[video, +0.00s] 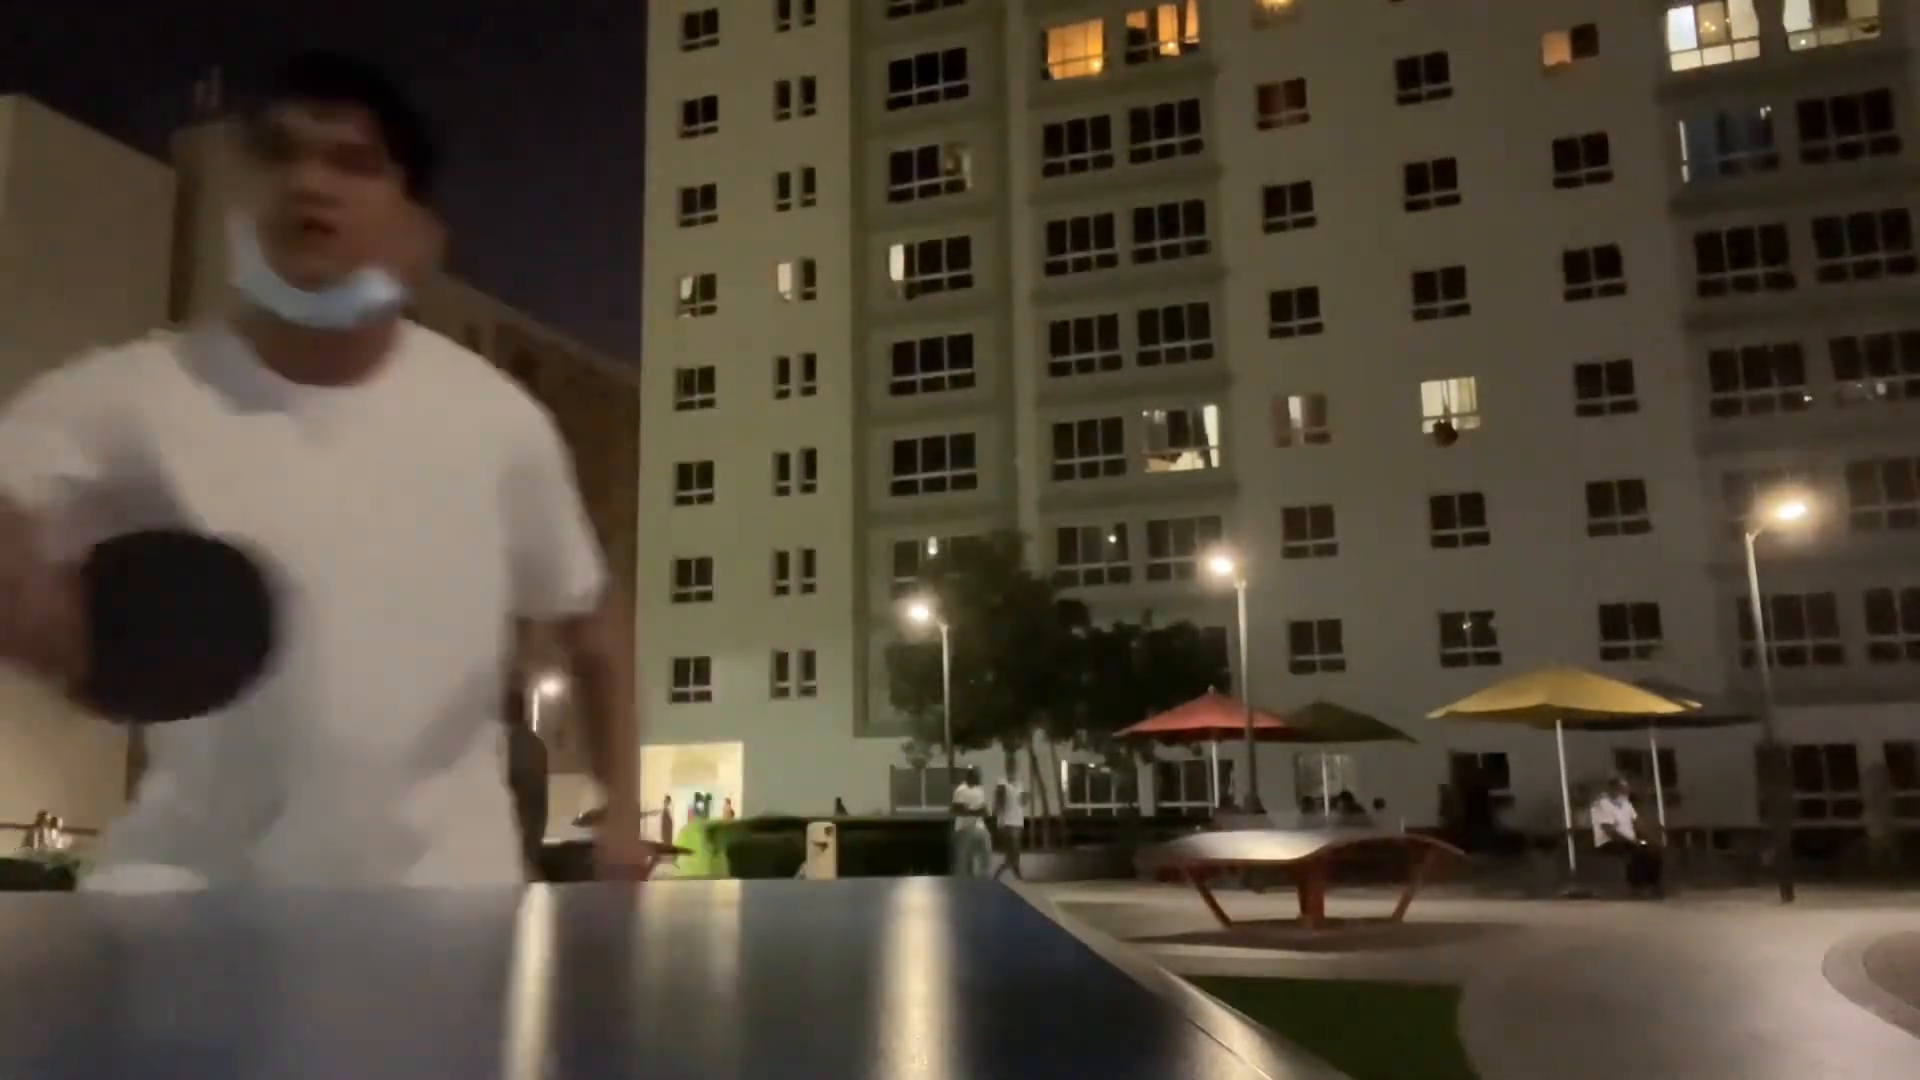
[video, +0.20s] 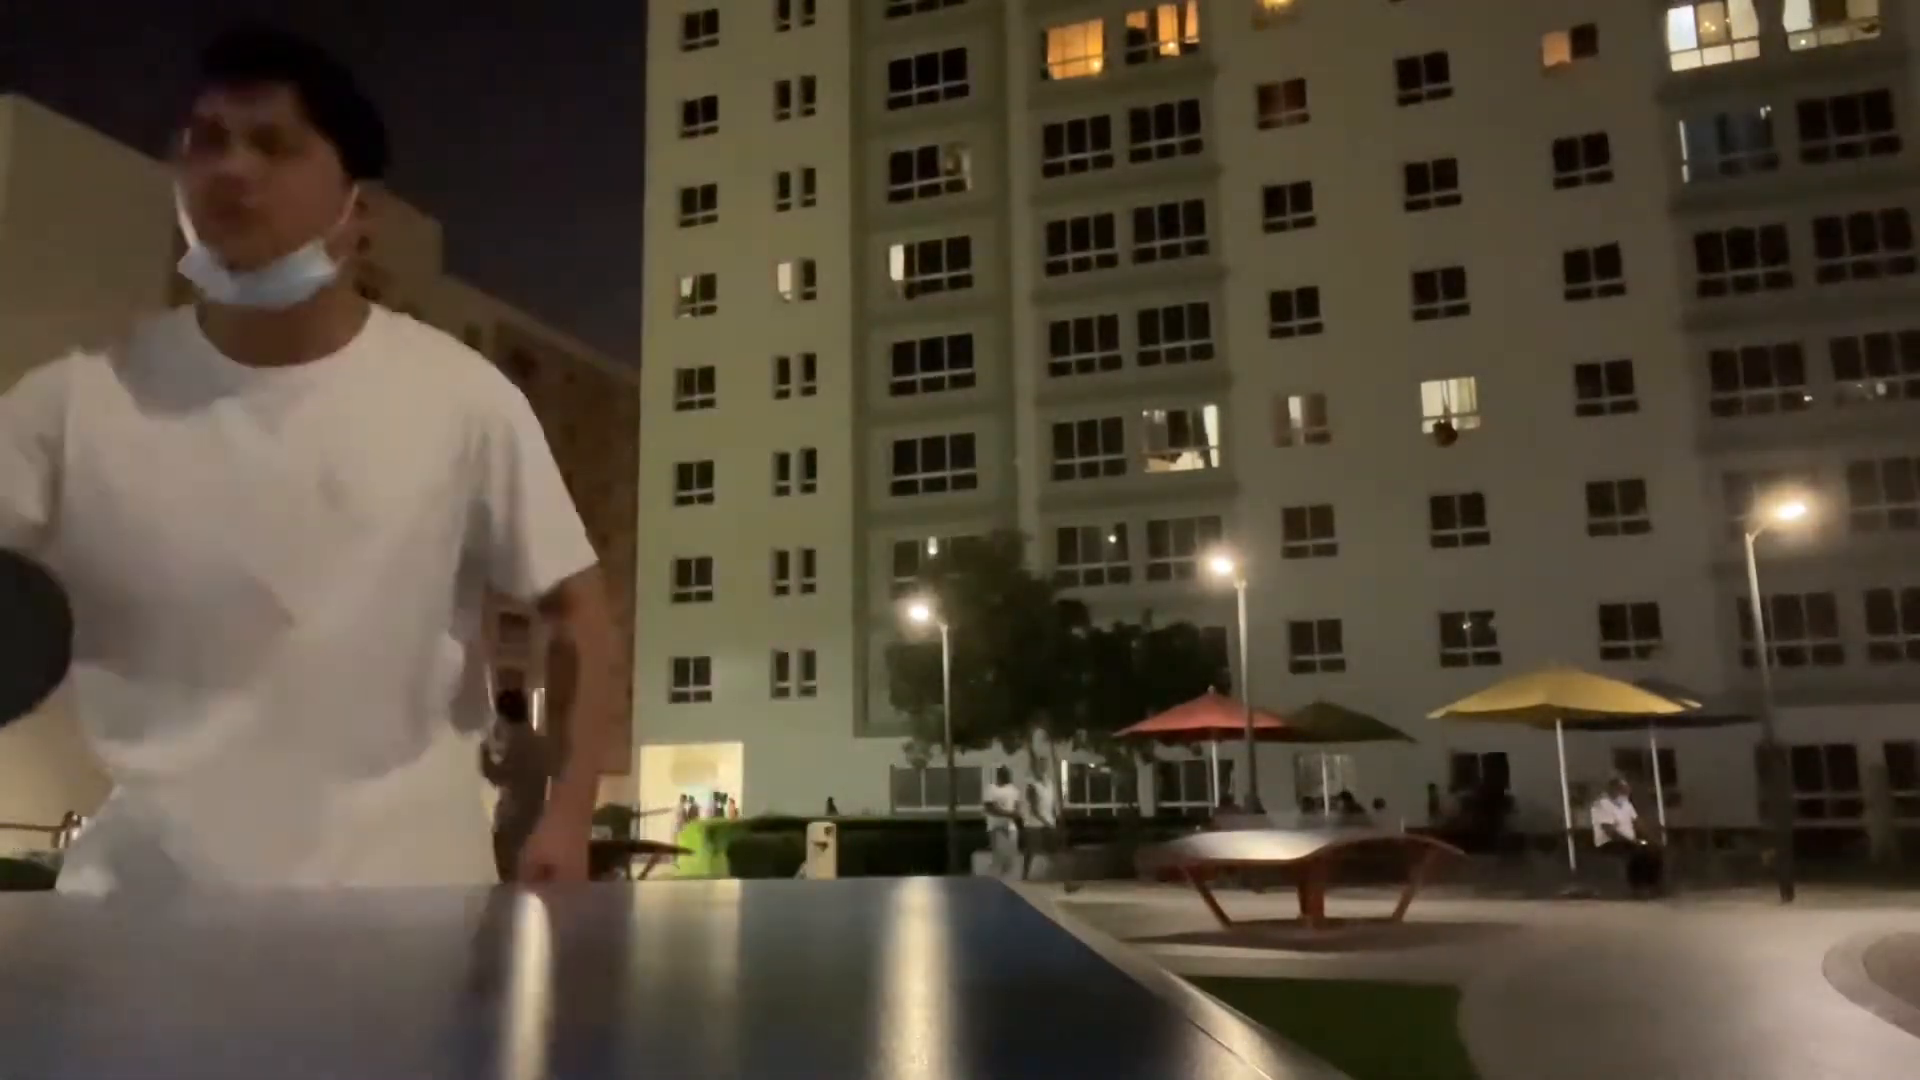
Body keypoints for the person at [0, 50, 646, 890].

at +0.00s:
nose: (310, 184)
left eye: (352, 163)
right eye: (281, 155)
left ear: (420, 230)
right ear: (241, 196)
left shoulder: (496, 424)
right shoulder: (132, 401)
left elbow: (590, 622)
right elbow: (9, 517)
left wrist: (620, 815)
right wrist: (62, 626)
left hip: (437, 893)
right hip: (192, 894)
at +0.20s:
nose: (229, 168)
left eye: (272, 145)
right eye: (206, 140)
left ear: (353, 207)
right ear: (175, 176)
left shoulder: (463, 400)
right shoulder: (70, 409)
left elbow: (584, 614)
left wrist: (569, 814)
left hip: (400, 892)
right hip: (150, 898)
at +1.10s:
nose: (2, 161)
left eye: (37, 133)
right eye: (4, 128)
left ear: (136, 186)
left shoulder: (239, 387)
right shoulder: (13, 373)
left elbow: (407, 584)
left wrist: (423, 809)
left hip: (255, 890)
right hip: (40, 895)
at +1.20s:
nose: (33, 130)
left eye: (80, 104)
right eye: (8, 100)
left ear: (169, 178)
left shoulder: (268, 380)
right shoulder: (13, 360)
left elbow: (421, 598)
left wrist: (425, 799)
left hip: (252, 907)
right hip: (28, 904)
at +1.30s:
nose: (132, 146)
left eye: (177, 122)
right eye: (106, 116)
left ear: (261, 174)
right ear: (73, 147)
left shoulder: (352, 390)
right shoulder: (20, 367)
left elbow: (501, 619)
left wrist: (490, 823)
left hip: (298, 922)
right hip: (46, 911)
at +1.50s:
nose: (228, 164)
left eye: (272, 140)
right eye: (203, 136)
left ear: (355, 201)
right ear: (170, 174)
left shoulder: (455, 397)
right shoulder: (69, 390)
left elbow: (590, 596)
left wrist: (611, 801)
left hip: (388, 922)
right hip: (129, 918)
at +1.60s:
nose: (74, 198)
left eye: (116, 162)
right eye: (60, 163)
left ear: (232, 196)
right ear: (39, 181)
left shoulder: (354, 399)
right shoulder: (22, 402)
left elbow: (515, 601)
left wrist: (523, 839)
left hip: (344, 928)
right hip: (97, 935)